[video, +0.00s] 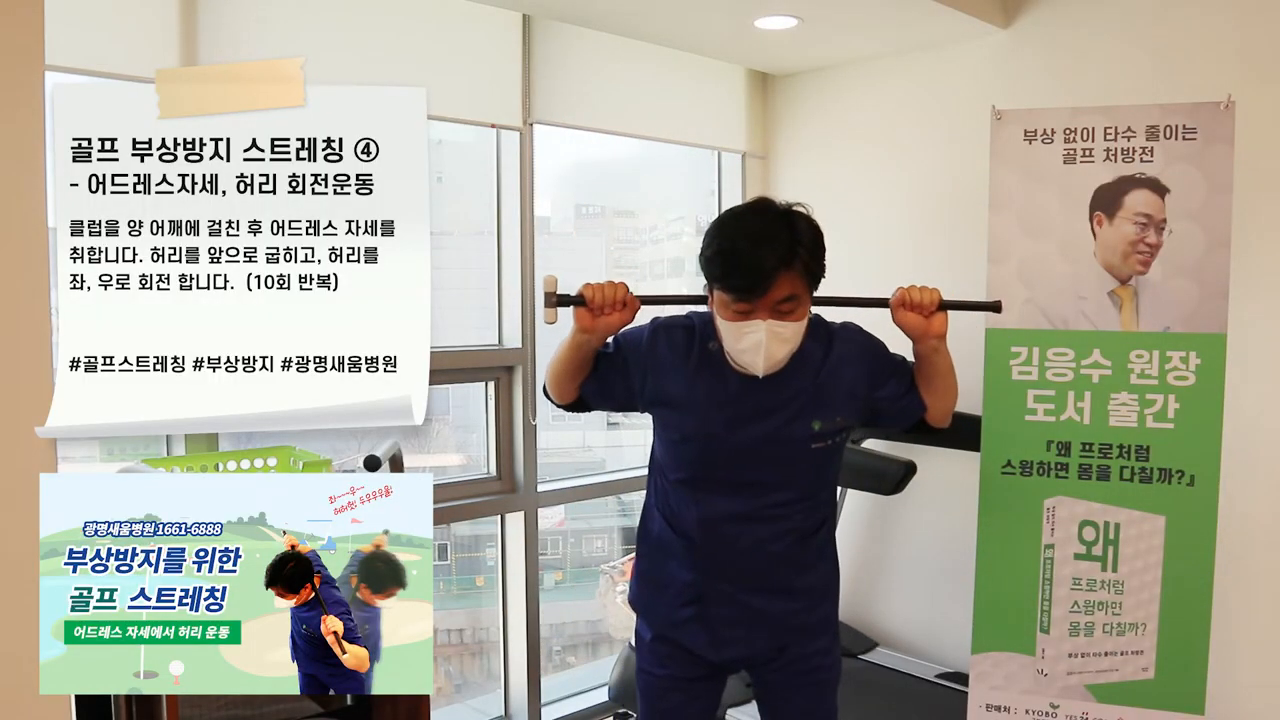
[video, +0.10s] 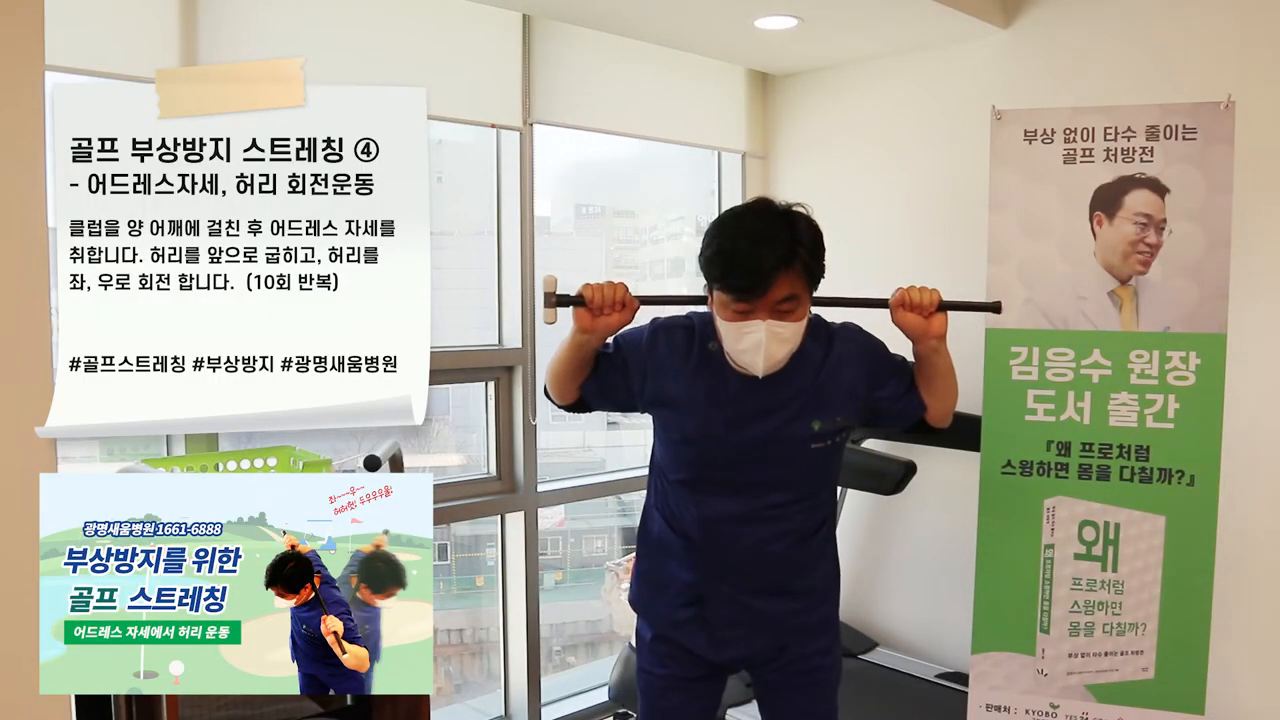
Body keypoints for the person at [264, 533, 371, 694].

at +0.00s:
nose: (278, 599)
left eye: (283, 596)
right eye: (276, 594)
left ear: (306, 590)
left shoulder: (334, 607)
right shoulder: (312, 570)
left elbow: (363, 665)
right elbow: (308, 552)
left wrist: (335, 642)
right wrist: (297, 547)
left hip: (344, 673)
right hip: (310, 667)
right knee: (312, 713)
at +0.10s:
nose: (278, 599)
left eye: (283, 596)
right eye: (276, 594)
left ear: (306, 590)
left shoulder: (334, 607)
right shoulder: (312, 570)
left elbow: (363, 665)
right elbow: (308, 552)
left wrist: (335, 642)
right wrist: (297, 547)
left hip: (344, 673)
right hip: (310, 667)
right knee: (312, 714)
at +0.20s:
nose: (278, 599)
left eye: (283, 596)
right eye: (276, 594)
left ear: (306, 590)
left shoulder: (334, 607)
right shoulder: (312, 570)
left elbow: (363, 665)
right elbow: (308, 552)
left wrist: (335, 642)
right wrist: (297, 547)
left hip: (344, 673)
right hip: (310, 667)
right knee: (312, 714)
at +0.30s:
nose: (278, 599)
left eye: (283, 596)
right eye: (276, 594)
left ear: (306, 590)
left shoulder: (334, 607)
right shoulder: (312, 570)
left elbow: (363, 665)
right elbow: (308, 552)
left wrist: (335, 642)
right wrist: (297, 547)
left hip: (344, 673)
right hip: (310, 667)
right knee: (312, 714)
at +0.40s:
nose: (278, 599)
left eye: (283, 596)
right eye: (276, 594)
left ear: (306, 590)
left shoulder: (334, 607)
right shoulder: (312, 570)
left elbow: (363, 665)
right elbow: (308, 552)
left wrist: (335, 642)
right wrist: (297, 547)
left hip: (344, 673)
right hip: (310, 667)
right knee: (312, 714)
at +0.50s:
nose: (278, 599)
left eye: (283, 596)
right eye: (276, 594)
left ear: (306, 590)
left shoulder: (334, 607)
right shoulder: (312, 570)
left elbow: (363, 665)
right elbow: (308, 552)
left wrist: (335, 642)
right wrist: (297, 547)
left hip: (344, 673)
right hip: (310, 667)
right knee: (312, 714)